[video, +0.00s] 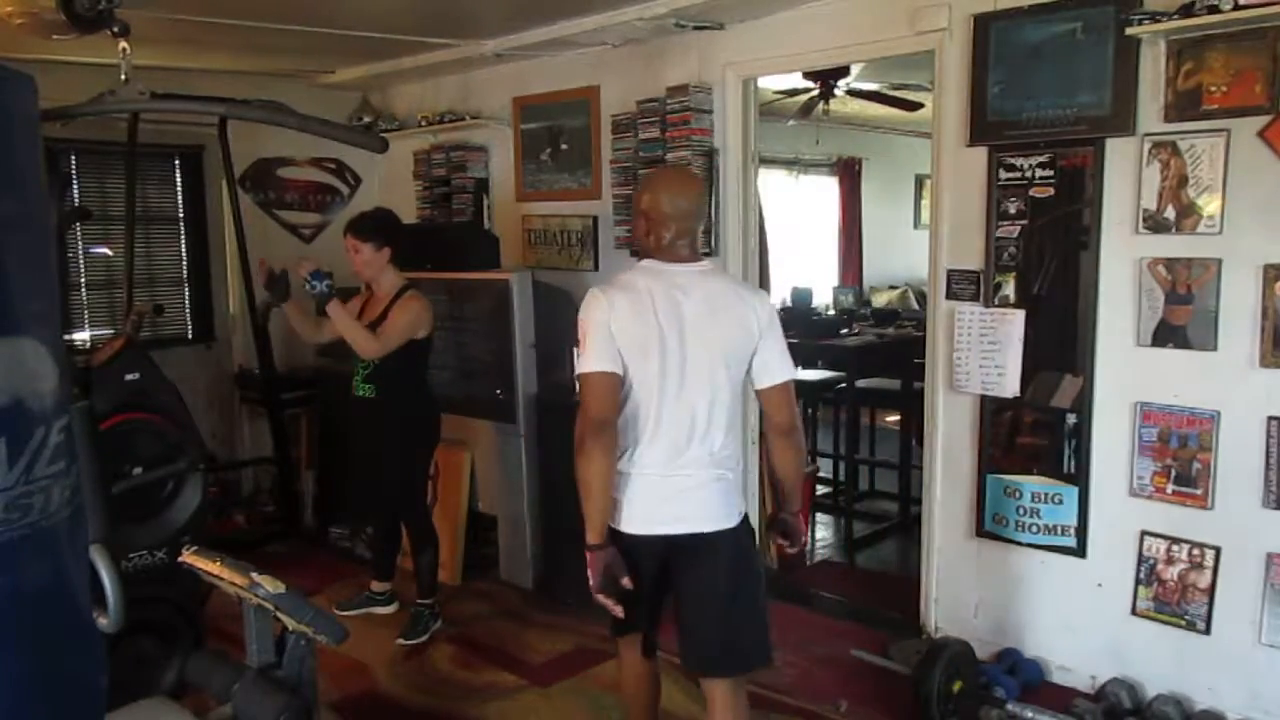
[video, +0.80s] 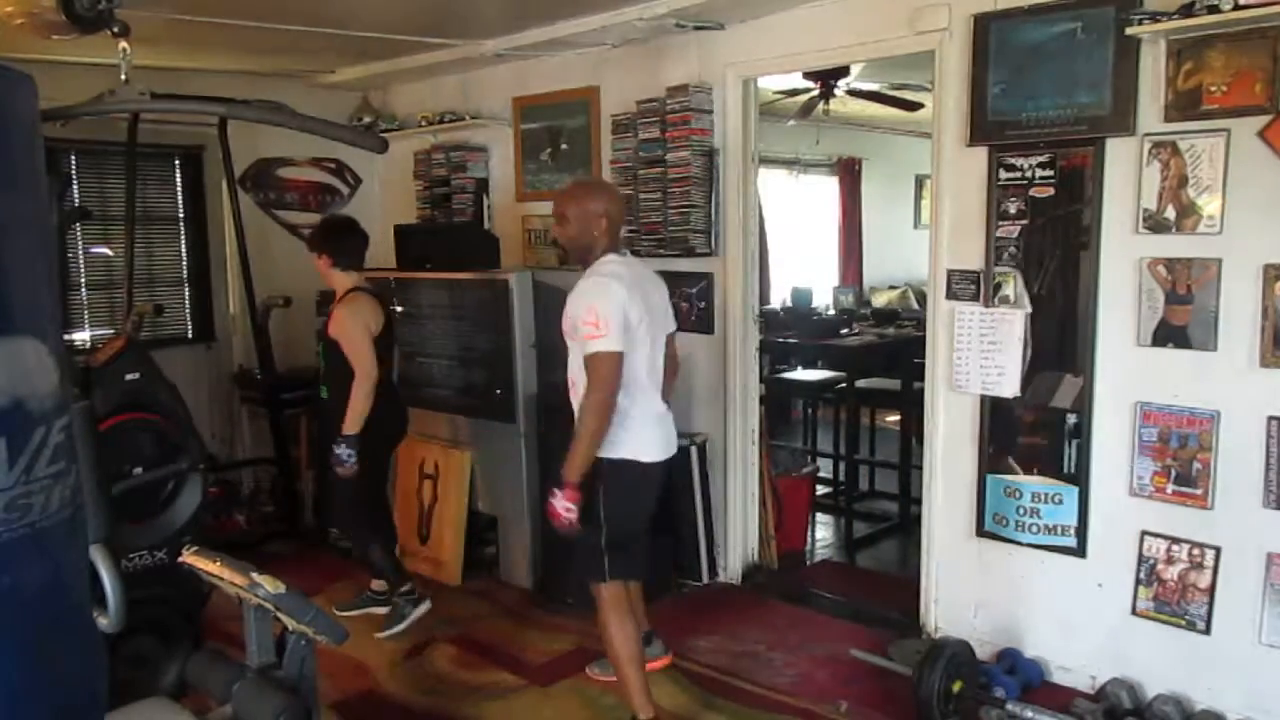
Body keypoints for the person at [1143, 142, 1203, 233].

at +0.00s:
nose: (1158, 159)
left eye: (1159, 154)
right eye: (1156, 156)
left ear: (1168, 150)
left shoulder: (1175, 161)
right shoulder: (1164, 165)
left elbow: (1170, 187)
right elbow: (1162, 188)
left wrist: (1161, 213)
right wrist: (1157, 212)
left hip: (1190, 211)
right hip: (1180, 212)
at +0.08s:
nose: (1158, 159)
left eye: (1159, 154)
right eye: (1156, 156)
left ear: (1168, 150)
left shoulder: (1175, 161)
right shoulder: (1164, 165)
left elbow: (1171, 187)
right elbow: (1162, 188)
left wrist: (1160, 213)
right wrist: (1157, 212)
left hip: (1190, 211)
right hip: (1180, 212)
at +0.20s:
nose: (1158, 158)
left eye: (1159, 153)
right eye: (1155, 156)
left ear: (1168, 149)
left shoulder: (1175, 161)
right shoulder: (1164, 165)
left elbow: (1171, 187)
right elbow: (1162, 188)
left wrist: (1161, 213)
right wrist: (1157, 212)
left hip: (1190, 212)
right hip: (1180, 213)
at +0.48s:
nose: (1158, 158)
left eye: (1159, 153)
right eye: (1155, 156)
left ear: (1168, 149)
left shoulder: (1175, 161)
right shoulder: (1164, 165)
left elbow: (1171, 187)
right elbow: (1162, 188)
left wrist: (1160, 213)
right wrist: (1157, 212)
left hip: (1190, 212)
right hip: (1180, 213)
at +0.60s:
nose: (1158, 158)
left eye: (1159, 153)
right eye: (1155, 156)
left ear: (1168, 149)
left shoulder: (1175, 161)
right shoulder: (1164, 165)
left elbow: (1171, 188)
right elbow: (1162, 188)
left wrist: (1160, 213)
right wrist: (1157, 213)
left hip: (1190, 212)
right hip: (1180, 213)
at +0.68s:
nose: (1158, 158)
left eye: (1159, 153)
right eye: (1155, 156)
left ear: (1168, 149)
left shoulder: (1175, 161)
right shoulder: (1164, 166)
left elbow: (1171, 188)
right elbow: (1162, 188)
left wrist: (1160, 213)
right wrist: (1157, 213)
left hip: (1190, 212)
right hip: (1180, 213)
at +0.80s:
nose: (1158, 158)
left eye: (1159, 153)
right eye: (1155, 156)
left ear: (1168, 149)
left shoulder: (1175, 161)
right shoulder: (1164, 165)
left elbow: (1171, 188)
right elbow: (1162, 188)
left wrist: (1160, 213)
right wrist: (1157, 213)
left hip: (1190, 212)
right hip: (1180, 213)